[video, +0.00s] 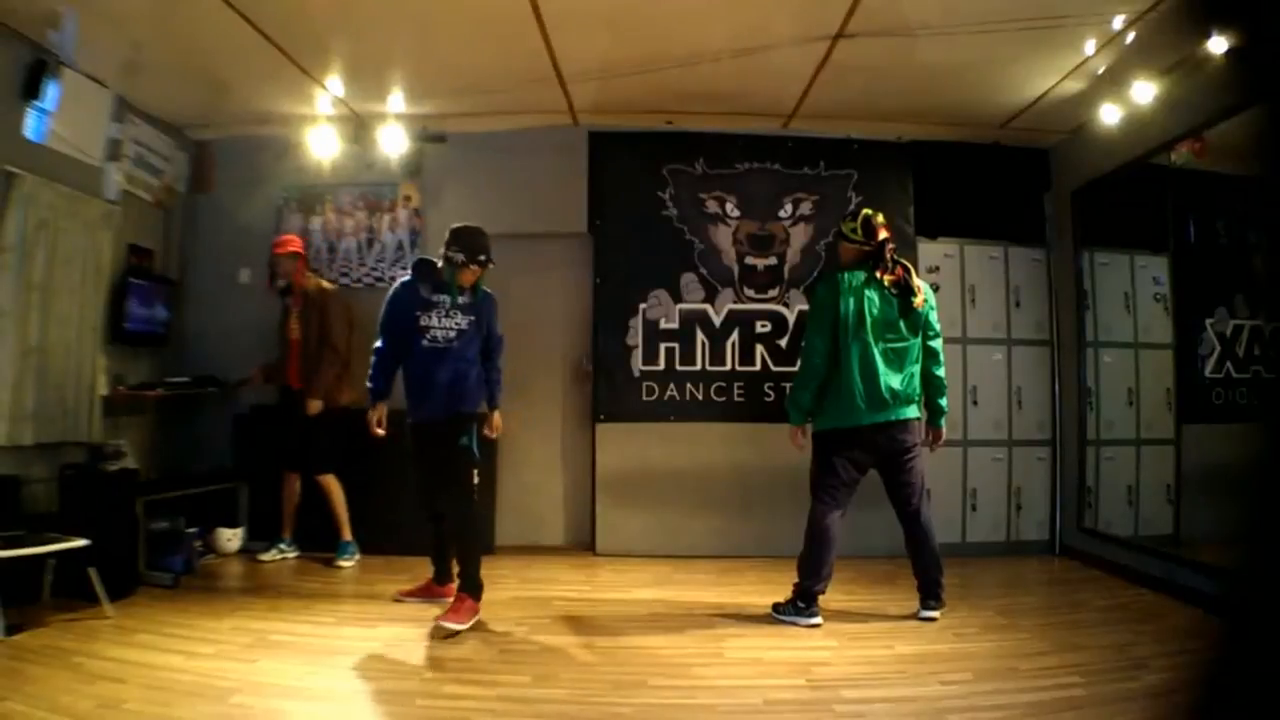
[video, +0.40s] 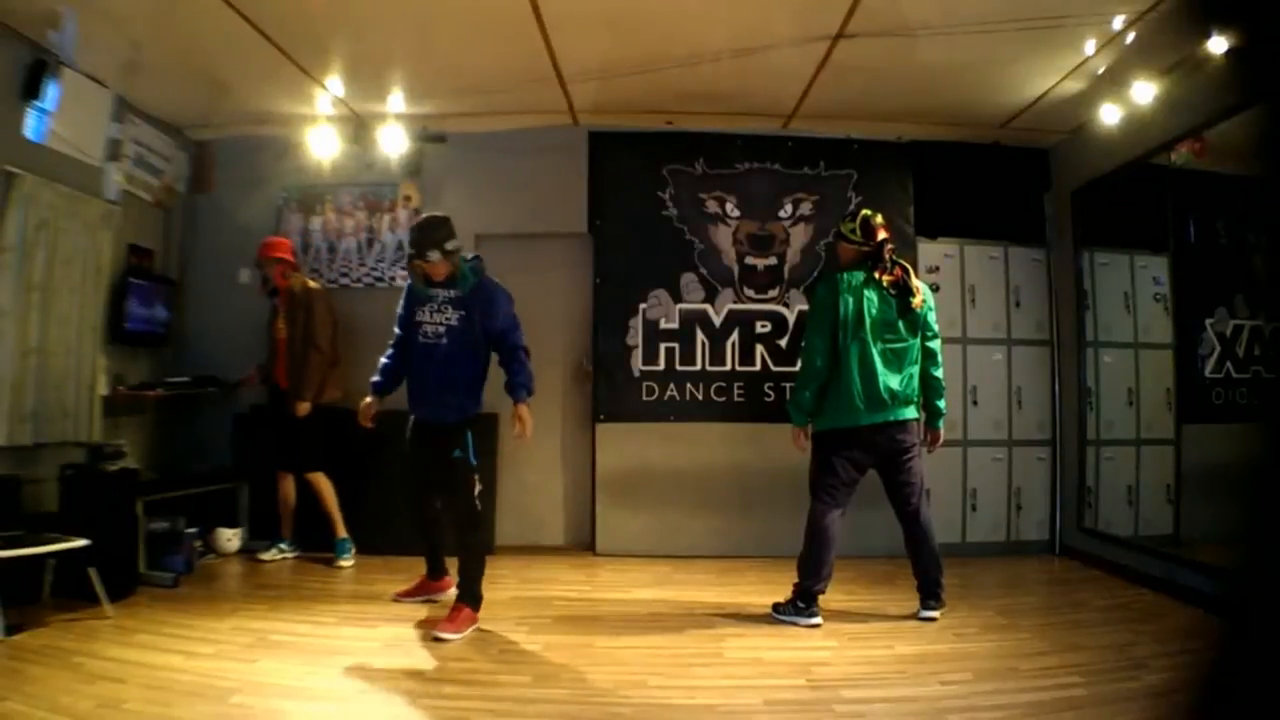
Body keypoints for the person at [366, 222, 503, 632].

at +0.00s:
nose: (474, 275)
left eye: (478, 268)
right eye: (468, 267)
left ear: (482, 266)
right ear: (450, 261)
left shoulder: (482, 300)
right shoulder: (409, 292)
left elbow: (491, 354)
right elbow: (386, 345)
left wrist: (493, 405)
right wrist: (379, 397)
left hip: (466, 410)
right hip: (424, 409)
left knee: (463, 500)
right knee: (431, 496)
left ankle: (470, 593)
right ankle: (441, 577)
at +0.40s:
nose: (424, 269)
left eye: (430, 261)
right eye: (420, 262)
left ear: (450, 254)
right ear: (417, 258)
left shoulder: (485, 293)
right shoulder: (417, 290)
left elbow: (511, 344)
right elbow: (401, 344)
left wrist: (520, 397)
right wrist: (377, 391)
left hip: (463, 415)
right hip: (425, 414)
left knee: (467, 506)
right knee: (424, 495)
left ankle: (469, 603)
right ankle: (437, 575)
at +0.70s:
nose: (396, 269)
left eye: (398, 259)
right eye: (392, 261)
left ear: (417, 250)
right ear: (403, 255)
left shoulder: (460, 282)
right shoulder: (415, 284)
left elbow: (480, 335)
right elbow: (421, 340)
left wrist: (471, 379)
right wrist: (416, 388)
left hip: (455, 410)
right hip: (425, 408)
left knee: (462, 502)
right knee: (424, 494)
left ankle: (468, 603)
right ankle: (438, 581)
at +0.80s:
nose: (392, 268)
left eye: (394, 258)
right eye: (388, 261)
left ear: (413, 248)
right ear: (397, 255)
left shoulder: (455, 280)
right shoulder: (408, 283)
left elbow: (458, 342)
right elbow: (413, 340)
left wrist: (437, 389)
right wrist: (411, 390)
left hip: (450, 407)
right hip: (420, 404)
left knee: (453, 503)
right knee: (423, 495)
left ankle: (465, 601)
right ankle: (437, 581)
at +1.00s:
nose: (388, 273)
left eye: (389, 264)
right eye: (383, 266)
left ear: (407, 252)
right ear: (389, 263)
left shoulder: (450, 285)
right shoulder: (404, 293)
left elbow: (449, 351)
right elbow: (386, 351)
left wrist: (393, 351)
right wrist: (365, 404)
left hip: (449, 406)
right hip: (419, 406)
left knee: (435, 493)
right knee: (419, 491)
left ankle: (459, 587)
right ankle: (438, 582)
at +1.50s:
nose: (407, 273)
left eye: (408, 263)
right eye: (403, 267)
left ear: (427, 248)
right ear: (412, 258)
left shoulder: (460, 272)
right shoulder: (430, 279)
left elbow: (414, 311)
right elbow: (389, 329)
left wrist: (392, 311)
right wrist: (387, 353)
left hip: (451, 403)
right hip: (431, 402)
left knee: (453, 505)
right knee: (438, 499)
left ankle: (459, 614)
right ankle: (445, 581)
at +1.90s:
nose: (410, 277)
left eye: (412, 267)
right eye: (406, 271)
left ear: (427, 255)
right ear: (419, 262)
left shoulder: (459, 275)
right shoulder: (436, 288)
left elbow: (421, 328)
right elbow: (407, 348)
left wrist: (409, 325)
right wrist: (435, 334)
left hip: (454, 405)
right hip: (435, 405)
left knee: (454, 507)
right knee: (440, 500)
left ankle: (457, 614)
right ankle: (448, 584)